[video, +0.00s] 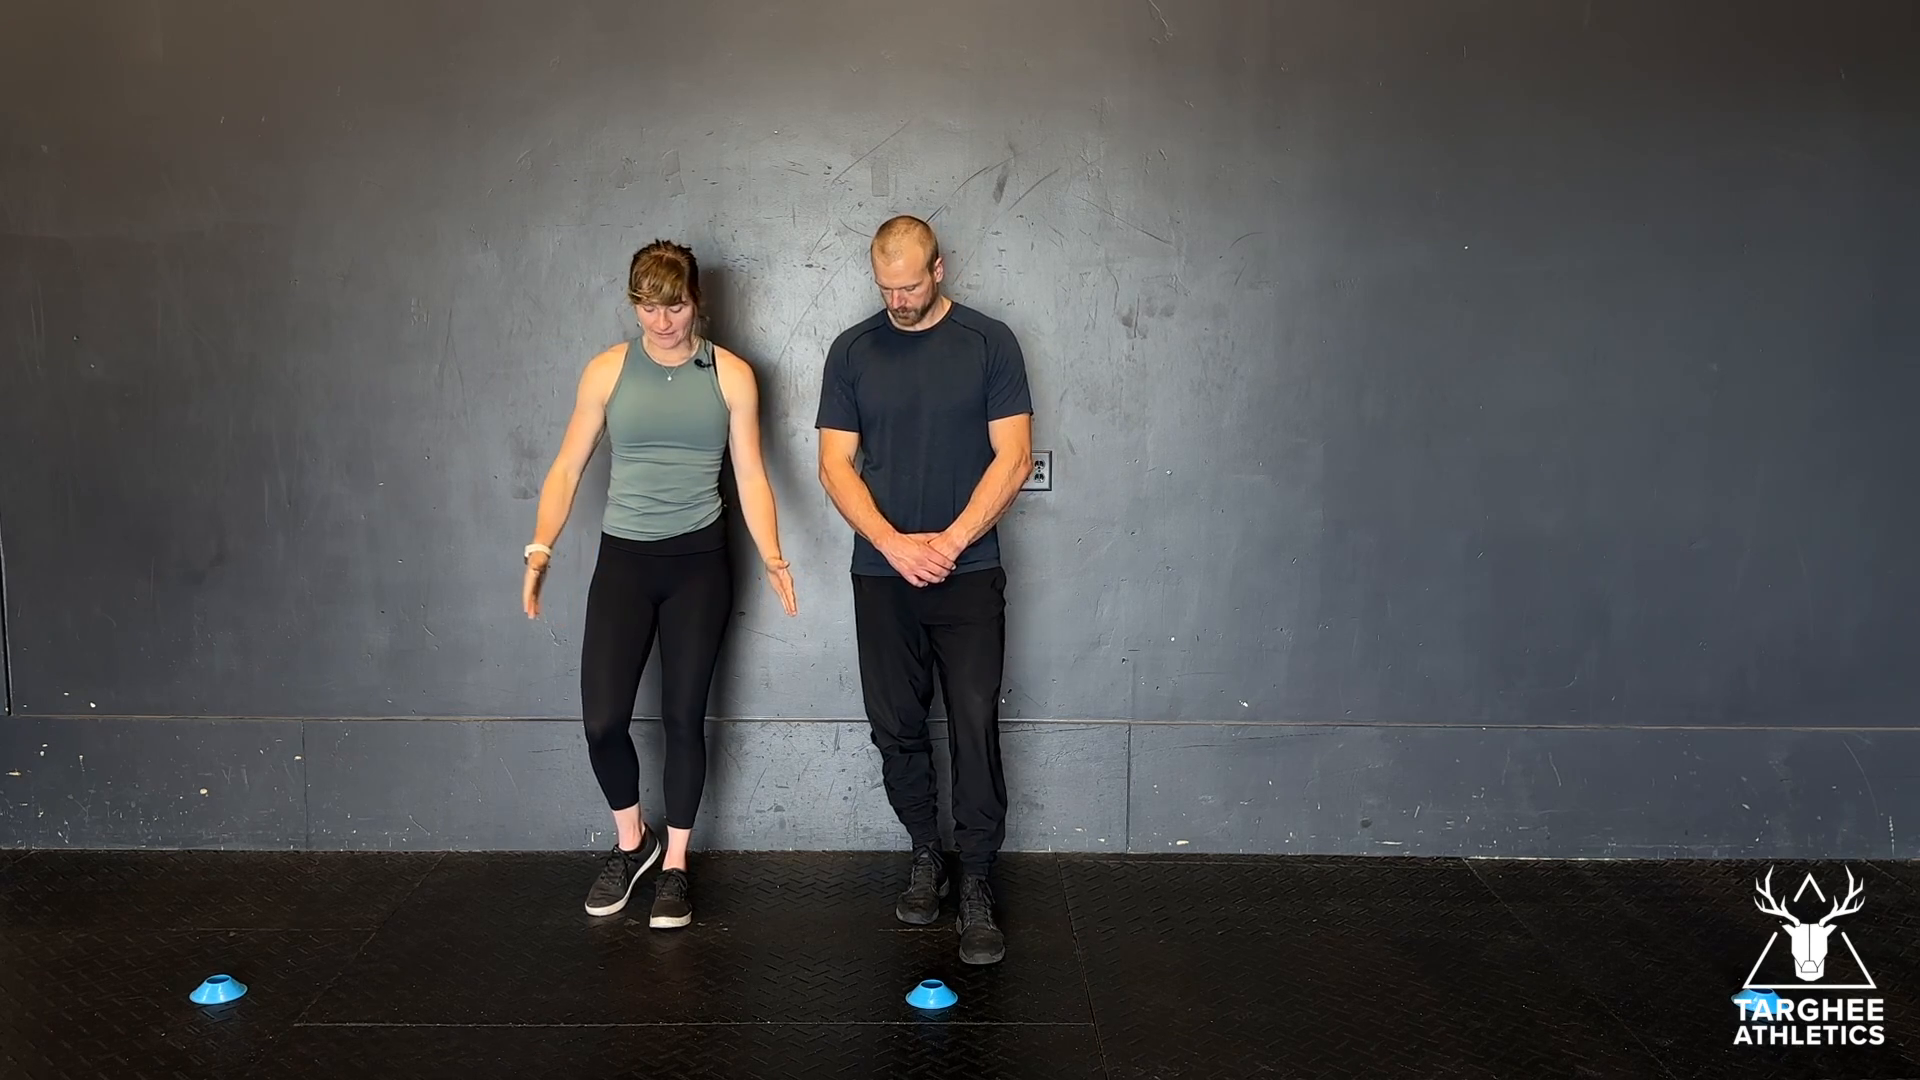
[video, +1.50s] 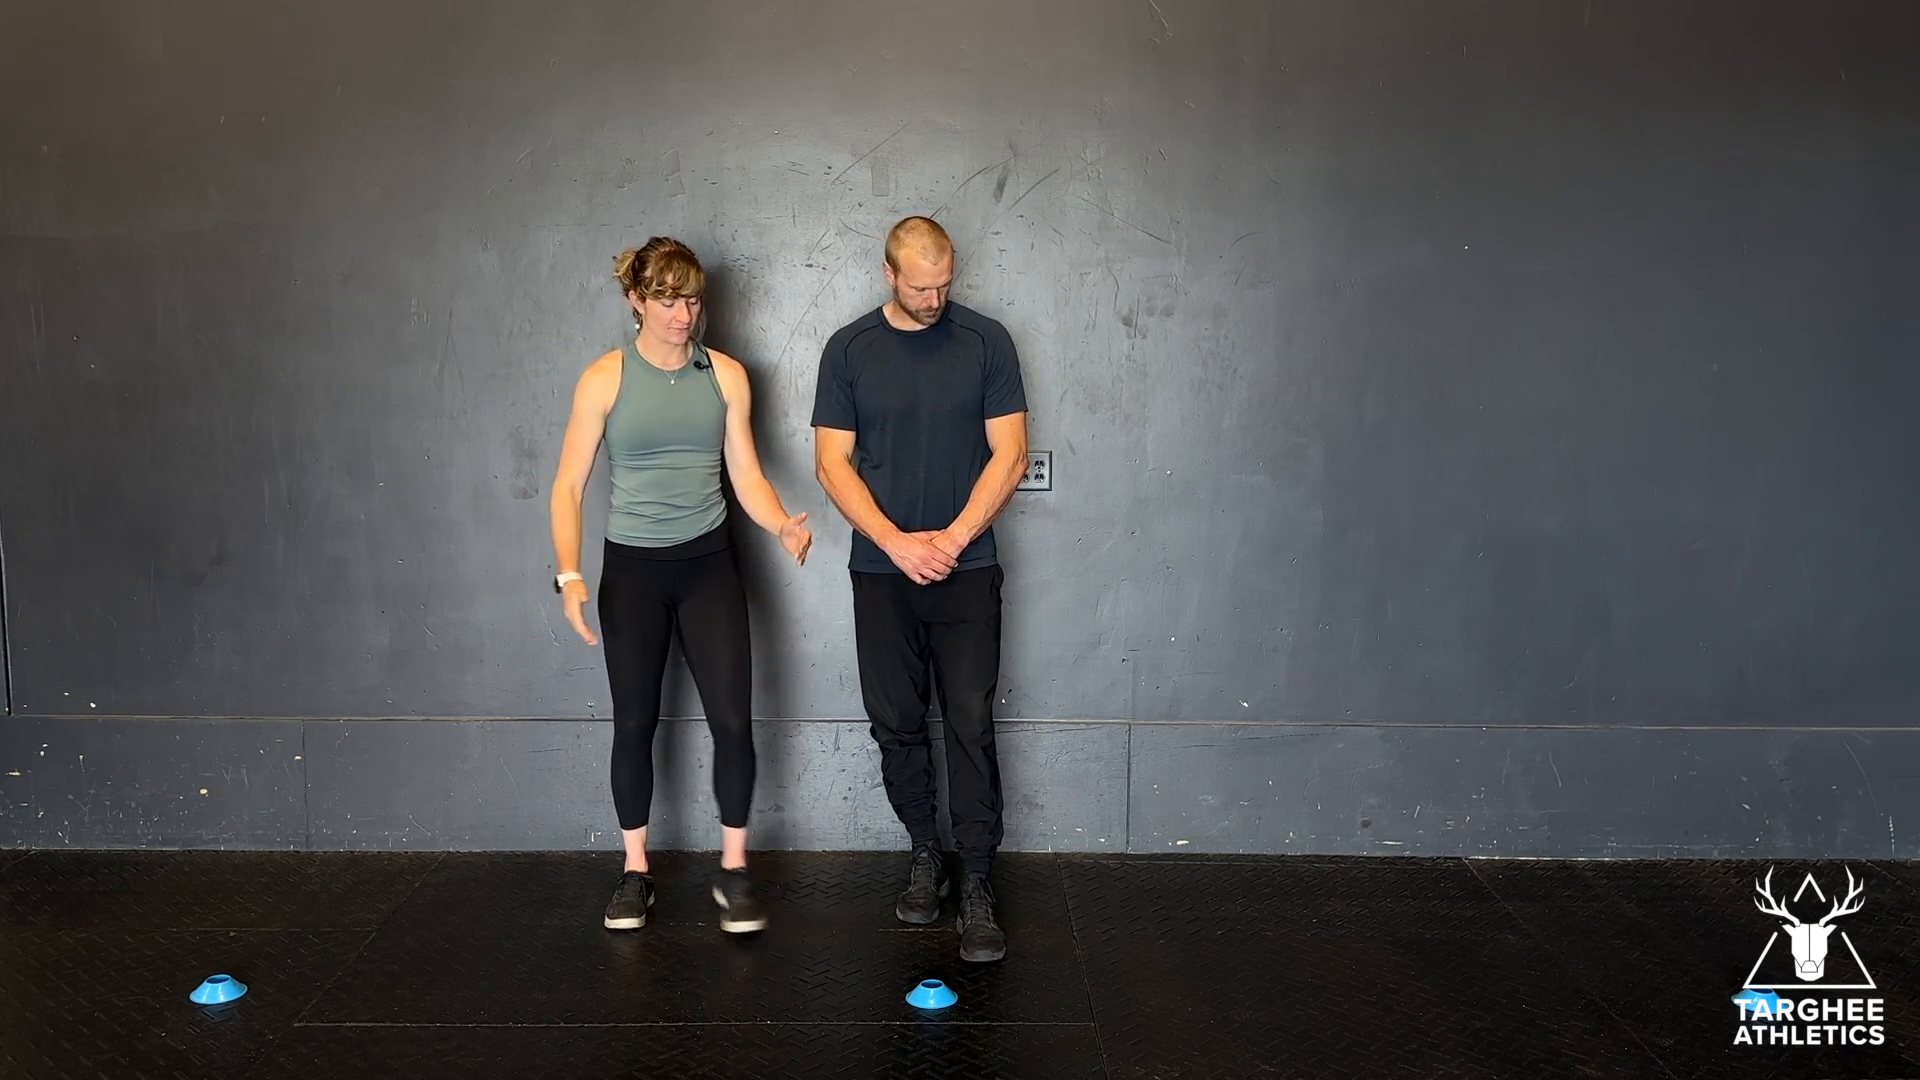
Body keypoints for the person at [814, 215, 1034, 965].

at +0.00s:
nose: (900, 300)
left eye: (911, 287)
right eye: (888, 288)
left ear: (937, 270)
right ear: (872, 277)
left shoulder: (988, 342)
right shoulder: (852, 351)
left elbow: (1014, 459)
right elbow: (834, 467)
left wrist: (950, 541)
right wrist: (890, 541)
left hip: (968, 572)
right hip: (883, 573)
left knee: (974, 727)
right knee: (897, 728)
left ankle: (977, 884)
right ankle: (929, 858)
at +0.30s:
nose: (901, 300)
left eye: (912, 288)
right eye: (889, 288)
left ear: (938, 270)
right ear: (874, 275)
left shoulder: (987, 342)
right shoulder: (850, 349)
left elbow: (1013, 459)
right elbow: (830, 463)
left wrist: (949, 540)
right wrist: (889, 539)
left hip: (964, 565)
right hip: (879, 566)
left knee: (973, 718)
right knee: (896, 721)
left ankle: (975, 869)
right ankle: (925, 854)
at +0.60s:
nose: (900, 305)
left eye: (911, 293)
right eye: (889, 293)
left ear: (939, 274)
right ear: (874, 278)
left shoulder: (988, 343)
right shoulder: (851, 347)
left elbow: (1011, 460)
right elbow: (831, 462)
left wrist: (947, 538)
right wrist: (886, 538)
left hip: (963, 567)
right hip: (879, 568)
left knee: (972, 716)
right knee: (895, 722)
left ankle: (975, 874)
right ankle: (926, 854)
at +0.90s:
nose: (906, 299)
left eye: (917, 286)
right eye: (894, 287)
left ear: (940, 271)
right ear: (877, 276)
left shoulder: (987, 342)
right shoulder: (851, 349)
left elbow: (1011, 459)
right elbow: (831, 463)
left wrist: (948, 538)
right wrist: (888, 539)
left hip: (965, 570)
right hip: (882, 571)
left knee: (971, 725)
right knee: (897, 725)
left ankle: (977, 881)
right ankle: (929, 856)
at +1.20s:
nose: (917, 305)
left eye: (928, 294)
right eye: (905, 295)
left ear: (944, 275)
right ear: (884, 277)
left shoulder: (986, 341)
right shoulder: (850, 350)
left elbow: (1013, 457)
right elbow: (832, 466)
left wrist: (952, 539)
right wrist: (891, 540)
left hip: (966, 569)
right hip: (883, 572)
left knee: (972, 724)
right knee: (897, 725)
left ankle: (977, 882)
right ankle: (928, 858)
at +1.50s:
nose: (935, 296)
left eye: (943, 283)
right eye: (922, 285)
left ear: (951, 270)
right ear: (891, 274)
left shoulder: (984, 341)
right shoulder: (849, 348)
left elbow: (1011, 457)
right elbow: (831, 465)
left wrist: (953, 538)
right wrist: (893, 539)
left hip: (965, 567)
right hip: (882, 571)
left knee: (970, 725)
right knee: (897, 725)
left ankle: (977, 883)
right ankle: (928, 857)